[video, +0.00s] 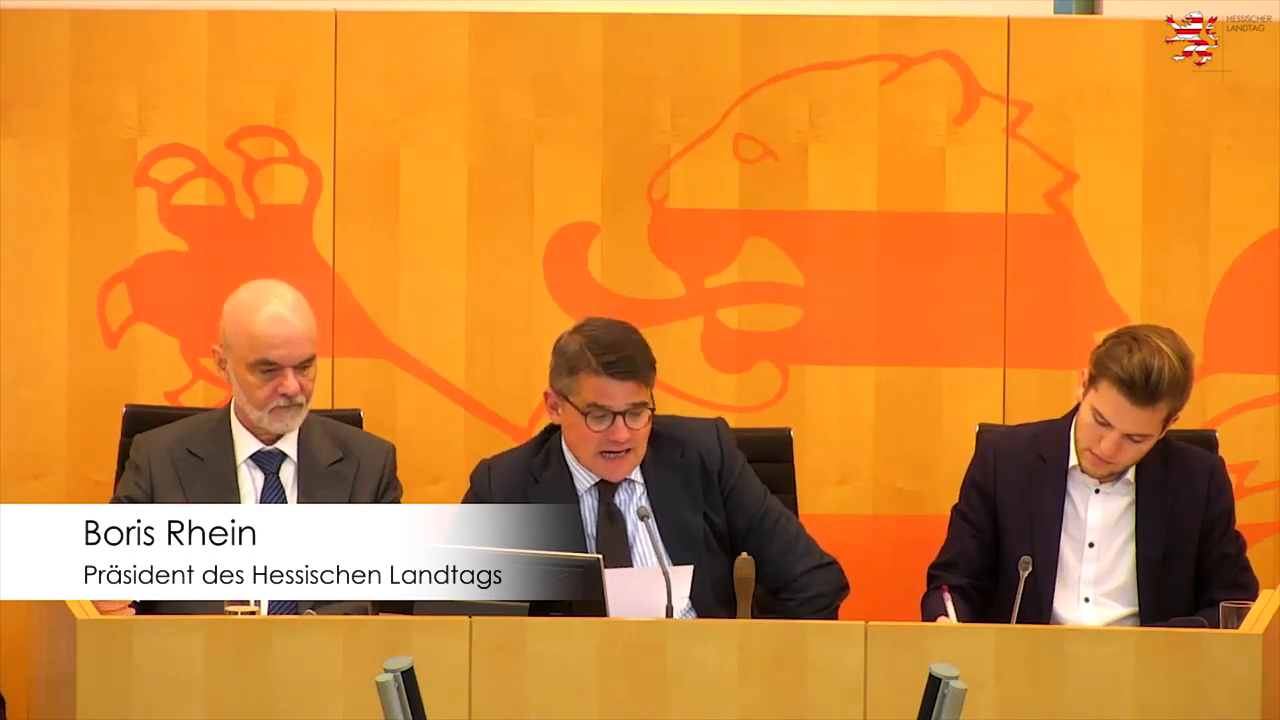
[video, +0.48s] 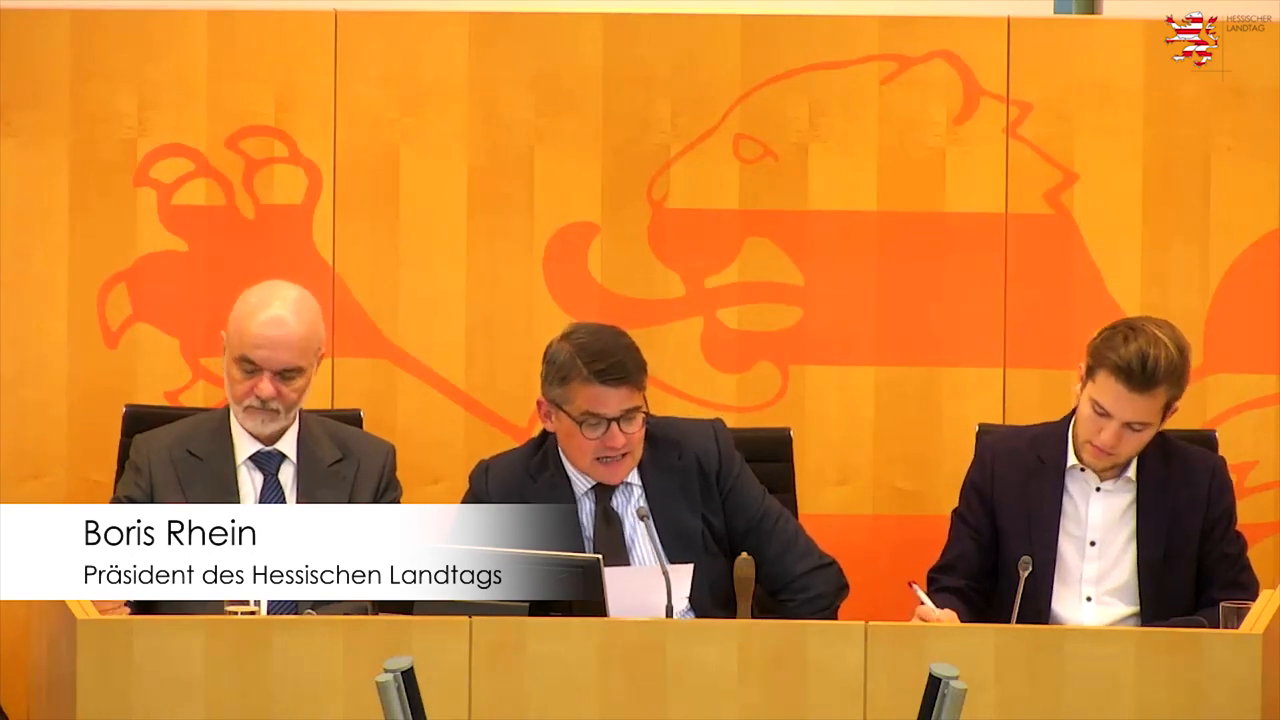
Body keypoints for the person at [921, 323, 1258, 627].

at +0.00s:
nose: (1108, 447)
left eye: (1134, 438)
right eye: (1100, 420)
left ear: (1167, 424)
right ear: (1083, 383)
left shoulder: (1200, 478)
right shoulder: (1003, 457)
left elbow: (1237, 601)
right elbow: (953, 583)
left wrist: (1168, 644)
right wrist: (952, 634)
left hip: (1151, 680)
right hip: (1025, 672)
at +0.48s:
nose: (1108, 438)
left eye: (1134, 427)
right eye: (1099, 411)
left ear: (1167, 415)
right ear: (1082, 379)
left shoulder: (1201, 477)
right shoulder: (1002, 459)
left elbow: (1238, 605)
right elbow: (956, 585)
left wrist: (1159, 644)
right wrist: (947, 620)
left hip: (1153, 681)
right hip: (1026, 672)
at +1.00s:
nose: (1095, 422)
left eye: (1117, 404)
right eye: (1079, 400)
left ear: (1146, 389)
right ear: (1055, 381)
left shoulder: (1191, 473)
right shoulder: (997, 459)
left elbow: (1225, 606)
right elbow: (956, 587)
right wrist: (941, 617)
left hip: (1150, 680)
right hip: (1022, 674)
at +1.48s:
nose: (1102, 422)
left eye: (1121, 400)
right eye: (1081, 401)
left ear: (1145, 380)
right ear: (1054, 385)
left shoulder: (1199, 472)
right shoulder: (1005, 459)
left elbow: (1214, 610)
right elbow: (961, 588)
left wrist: (1112, 511)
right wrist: (935, 619)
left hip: (1150, 680)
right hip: (1023, 674)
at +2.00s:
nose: (1110, 394)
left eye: (1127, 374)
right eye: (1089, 376)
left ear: (1148, 374)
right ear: (1058, 379)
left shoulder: (1206, 471)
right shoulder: (1009, 462)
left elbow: (1246, 606)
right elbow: (965, 589)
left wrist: (1169, 632)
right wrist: (948, 616)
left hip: (1158, 676)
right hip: (1033, 669)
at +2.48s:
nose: (1083, 387)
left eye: (1105, 370)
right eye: (1068, 369)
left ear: (1140, 376)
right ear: (1050, 372)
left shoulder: (1194, 469)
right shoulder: (999, 460)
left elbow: (1237, 601)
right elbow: (951, 585)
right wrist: (947, 624)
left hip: (1156, 674)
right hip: (1025, 670)